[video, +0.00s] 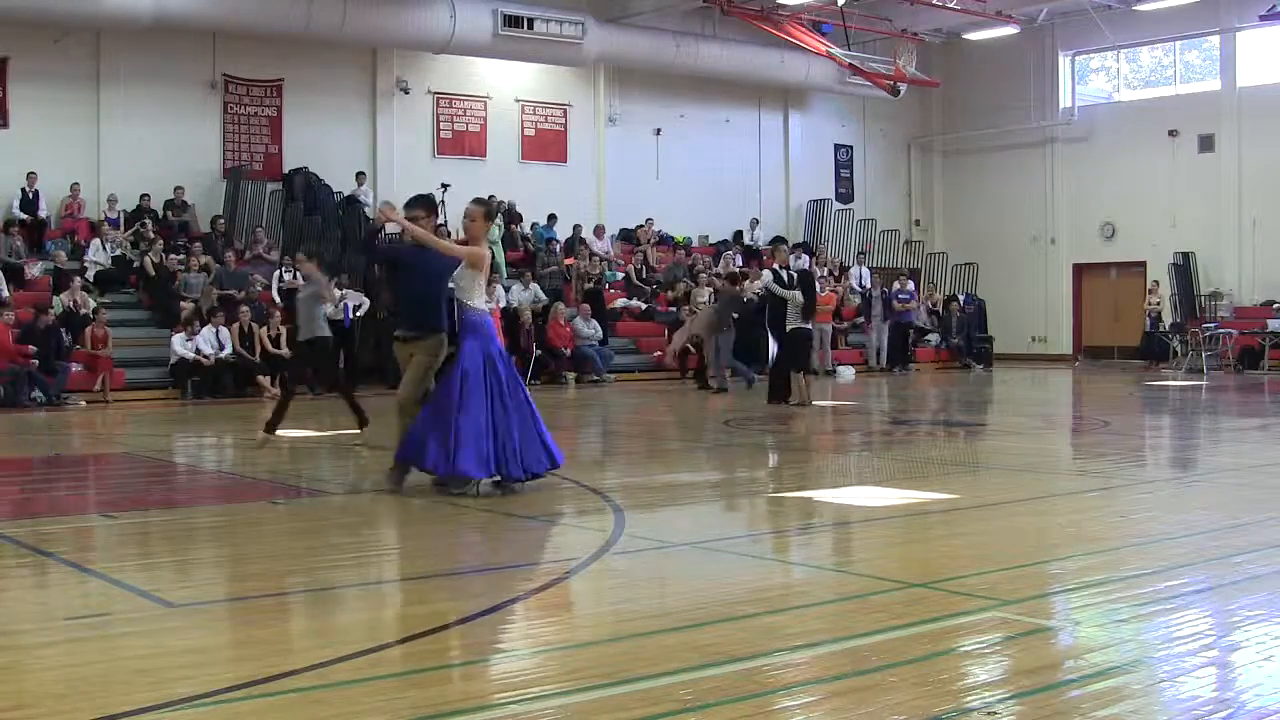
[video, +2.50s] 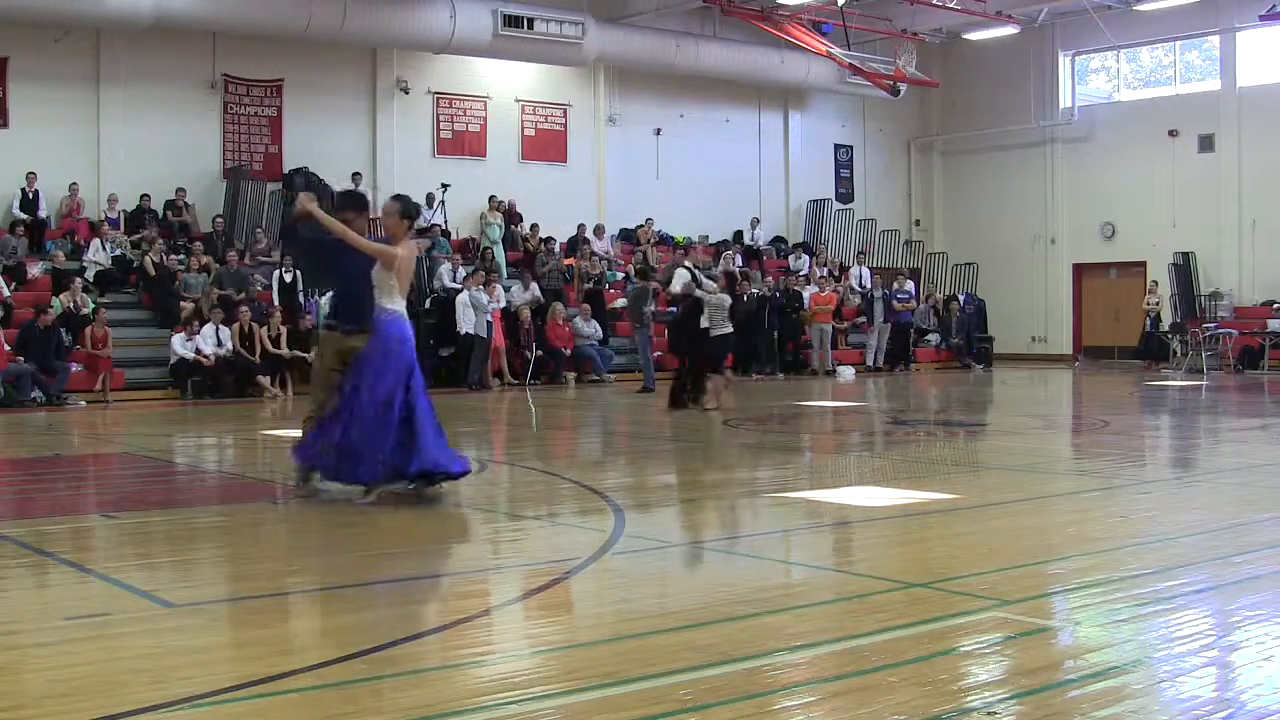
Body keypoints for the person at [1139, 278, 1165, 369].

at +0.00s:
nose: (1153, 287)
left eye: (1154, 286)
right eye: (1152, 286)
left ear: (1158, 287)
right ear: (1151, 287)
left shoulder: (1160, 296)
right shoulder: (1148, 296)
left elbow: (1161, 308)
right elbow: (1145, 306)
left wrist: (1150, 309)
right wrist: (1156, 307)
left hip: (1157, 318)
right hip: (1149, 318)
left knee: (1156, 338)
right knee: (1149, 337)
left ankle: (1156, 360)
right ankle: (1150, 360)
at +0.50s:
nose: (1152, 288)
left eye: (1154, 286)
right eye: (1151, 286)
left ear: (1157, 287)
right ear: (1150, 287)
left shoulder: (1161, 296)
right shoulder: (1148, 296)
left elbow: (1161, 308)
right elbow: (1145, 306)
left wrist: (1150, 307)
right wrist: (1155, 307)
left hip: (1157, 318)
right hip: (1149, 318)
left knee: (1157, 338)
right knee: (1149, 338)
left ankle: (1156, 362)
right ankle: (1150, 361)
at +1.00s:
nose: (1152, 288)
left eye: (1154, 286)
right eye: (1151, 286)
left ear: (1157, 287)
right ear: (1150, 287)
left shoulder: (1160, 296)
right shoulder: (1148, 296)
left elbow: (1160, 308)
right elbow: (1144, 306)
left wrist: (1149, 308)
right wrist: (1155, 307)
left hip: (1157, 318)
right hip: (1149, 319)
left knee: (1156, 339)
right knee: (1148, 338)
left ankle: (1156, 362)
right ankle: (1149, 361)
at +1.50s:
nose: (1152, 288)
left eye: (1154, 286)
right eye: (1151, 286)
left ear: (1157, 287)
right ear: (1150, 287)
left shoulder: (1160, 296)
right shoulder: (1148, 296)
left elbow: (1160, 308)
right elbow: (1144, 306)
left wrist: (1149, 307)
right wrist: (1153, 307)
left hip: (1156, 318)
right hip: (1149, 318)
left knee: (1156, 337)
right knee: (1148, 337)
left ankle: (1156, 361)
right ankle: (1149, 360)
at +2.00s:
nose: (1151, 288)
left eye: (1153, 286)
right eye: (1150, 286)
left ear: (1157, 287)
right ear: (1149, 287)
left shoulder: (1159, 296)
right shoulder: (1147, 296)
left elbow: (1160, 308)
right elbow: (1143, 306)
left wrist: (1149, 308)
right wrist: (1153, 307)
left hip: (1156, 318)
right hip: (1148, 318)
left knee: (1156, 338)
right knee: (1148, 337)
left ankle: (1156, 361)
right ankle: (1149, 360)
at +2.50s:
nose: (1151, 288)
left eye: (1153, 286)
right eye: (1150, 286)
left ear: (1157, 287)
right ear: (1149, 287)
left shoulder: (1159, 296)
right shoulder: (1147, 296)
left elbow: (1160, 308)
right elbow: (1143, 306)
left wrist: (1149, 308)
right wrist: (1153, 307)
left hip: (1156, 318)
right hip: (1148, 318)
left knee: (1156, 337)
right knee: (1147, 337)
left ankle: (1155, 360)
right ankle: (1147, 360)